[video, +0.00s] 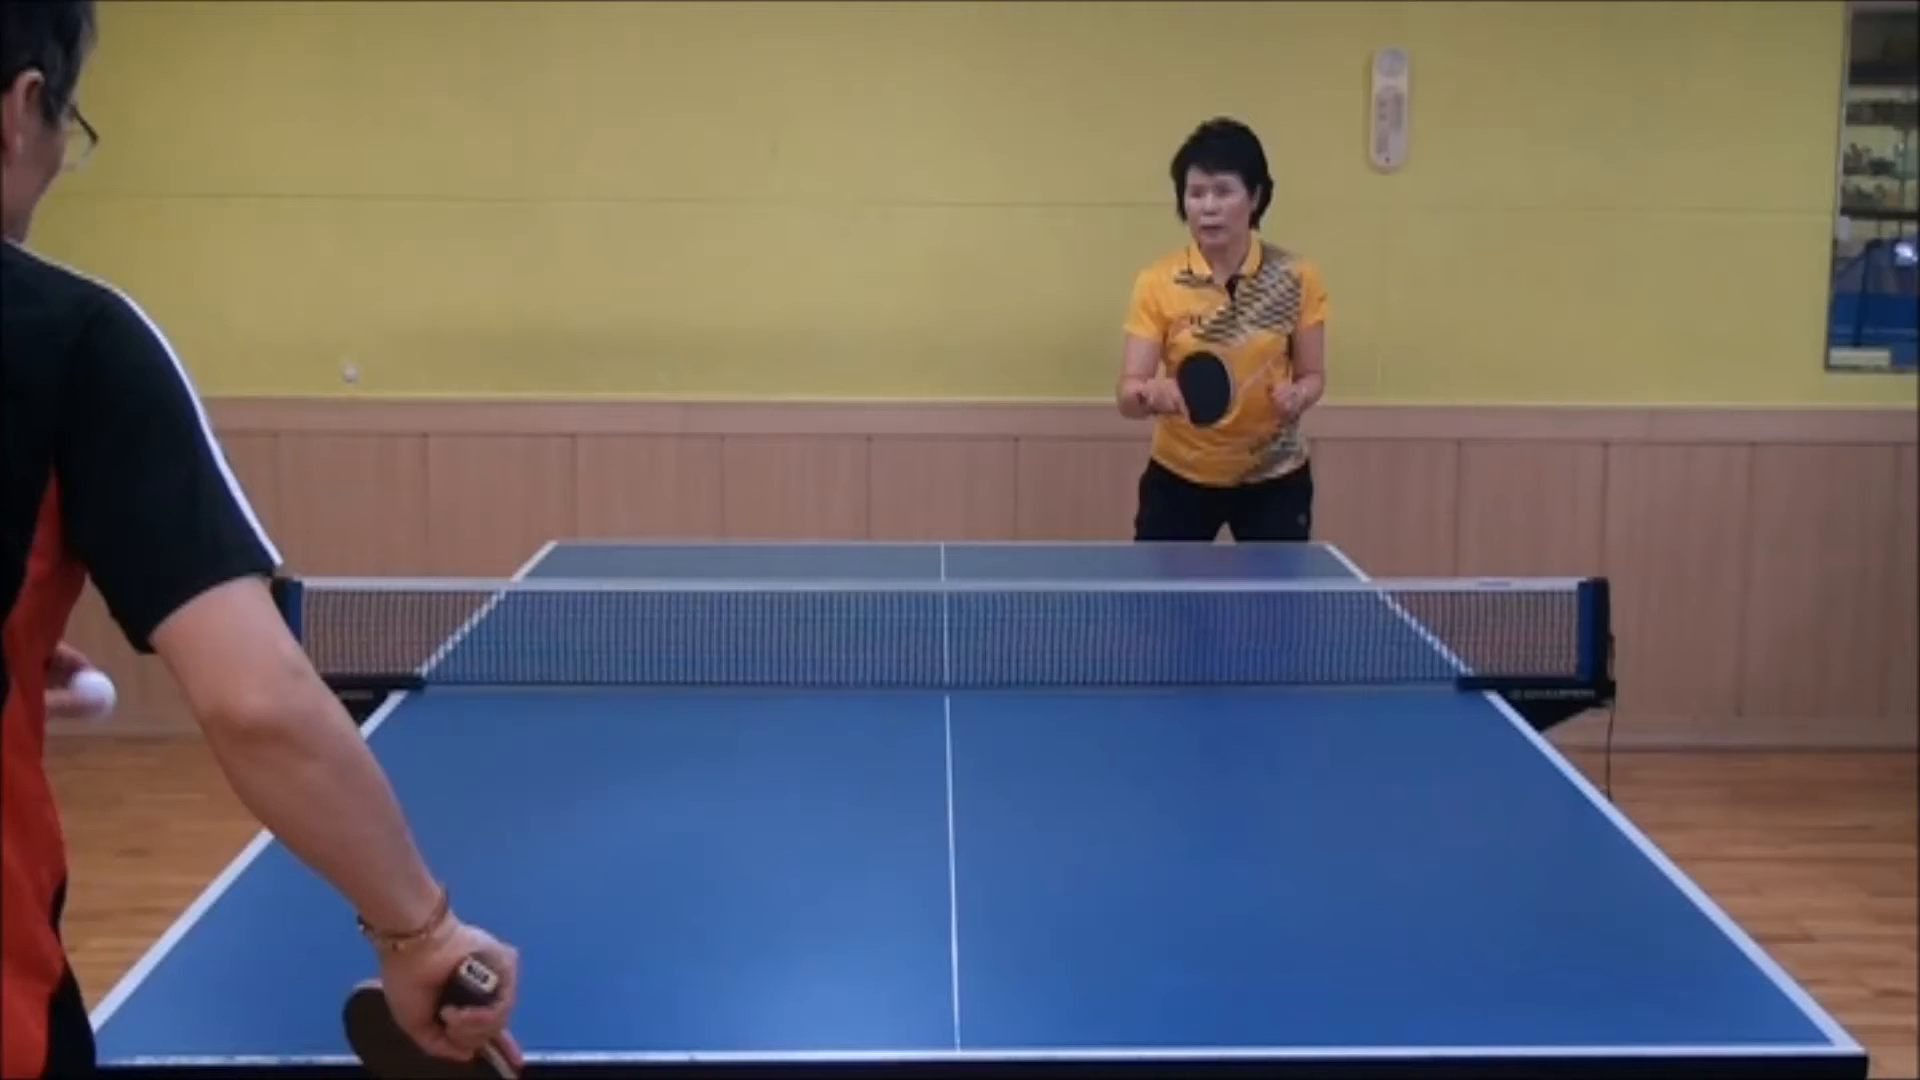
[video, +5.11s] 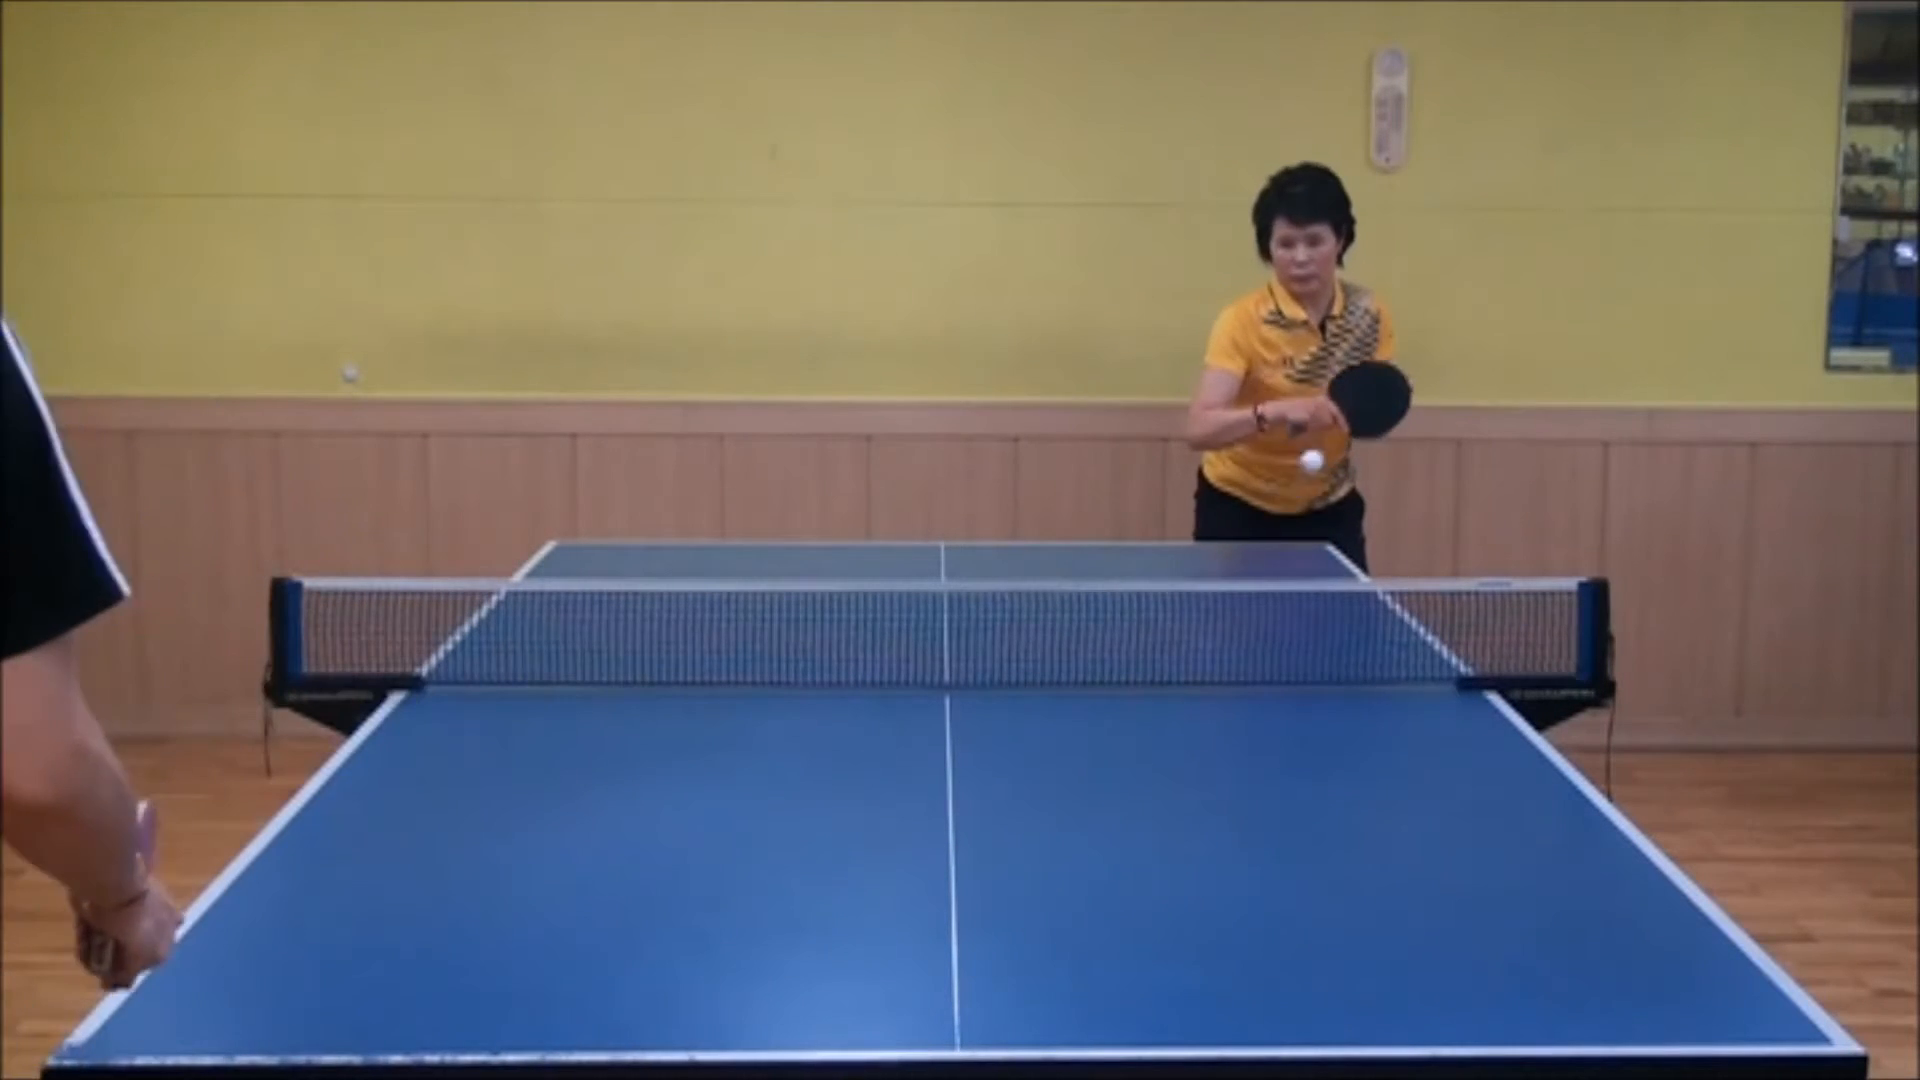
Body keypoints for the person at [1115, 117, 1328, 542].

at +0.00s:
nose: (1209, 207)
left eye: (1224, 191)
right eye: (1197, 192)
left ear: (1256, 198)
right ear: (1181, 201)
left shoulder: (1297, 282)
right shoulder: (1157, 284)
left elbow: (1312, 375)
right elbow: (1129, 395)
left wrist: (1296, 396)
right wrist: (1152, 394)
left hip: (1272, 483)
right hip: (1180, 481)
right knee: (1152, 599)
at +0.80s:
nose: (1239, 240)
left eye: (1253, 224)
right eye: (1225, 226)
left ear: (1282, 224)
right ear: (1208, 232)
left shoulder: (1321, 301)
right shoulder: (1188, 311)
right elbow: (1153, 421)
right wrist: (1209, 409)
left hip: (1305, 510)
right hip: (1210, 511)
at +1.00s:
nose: (1287, 257)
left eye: (1302, 240)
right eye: (1273, 242)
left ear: (1329, 238)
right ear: (1255, 246)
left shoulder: (1363, 315)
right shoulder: (1232, 322)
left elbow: (1372, 399)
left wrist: (1371, 394)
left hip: (1327, 507)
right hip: (1236, 508)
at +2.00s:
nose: (1262, 212)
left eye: (1278, 197)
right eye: (1250, 197)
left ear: (1310, 205)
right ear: (1235, 205)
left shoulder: (1345, 290)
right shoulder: (1206, 291)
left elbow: (1357, 389)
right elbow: (1167, 404)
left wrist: (1367, 398)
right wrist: (1202, 395)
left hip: (1310, 488)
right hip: (1218, 484)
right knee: (1203, 604)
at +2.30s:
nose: (1221, 208)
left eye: (1237, 195)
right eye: (1210, 194)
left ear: (1267, 205)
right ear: (1194, 203)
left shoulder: (1298, 289)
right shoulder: (1162, 287)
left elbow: (1300, 386)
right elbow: (1129, 401)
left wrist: (1312, 399)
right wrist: (1162, 391)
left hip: (1264, 491)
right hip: (1171, 488)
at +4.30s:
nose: (1247, 236)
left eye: (1262, 220)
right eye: (1234, 222)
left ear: (1290, 221)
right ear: (1217, 229)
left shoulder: (1328, 300)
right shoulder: (1195, 308)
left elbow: (1341, 413)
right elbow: (1154, 415)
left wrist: (1330, 387)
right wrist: (1201, 419)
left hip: (1306, 507)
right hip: (1213, 507)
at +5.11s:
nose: (1301, 258)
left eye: (1315, 242)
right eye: (1286, 244)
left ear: (1341, 241)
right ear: (1267, 249)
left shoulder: (1368, 317)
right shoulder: (1242, 322)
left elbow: (1374, 397)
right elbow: (1200, 429)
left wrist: (1361, 402)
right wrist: (1271, 413)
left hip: (1329, 507)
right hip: (1240, 507)